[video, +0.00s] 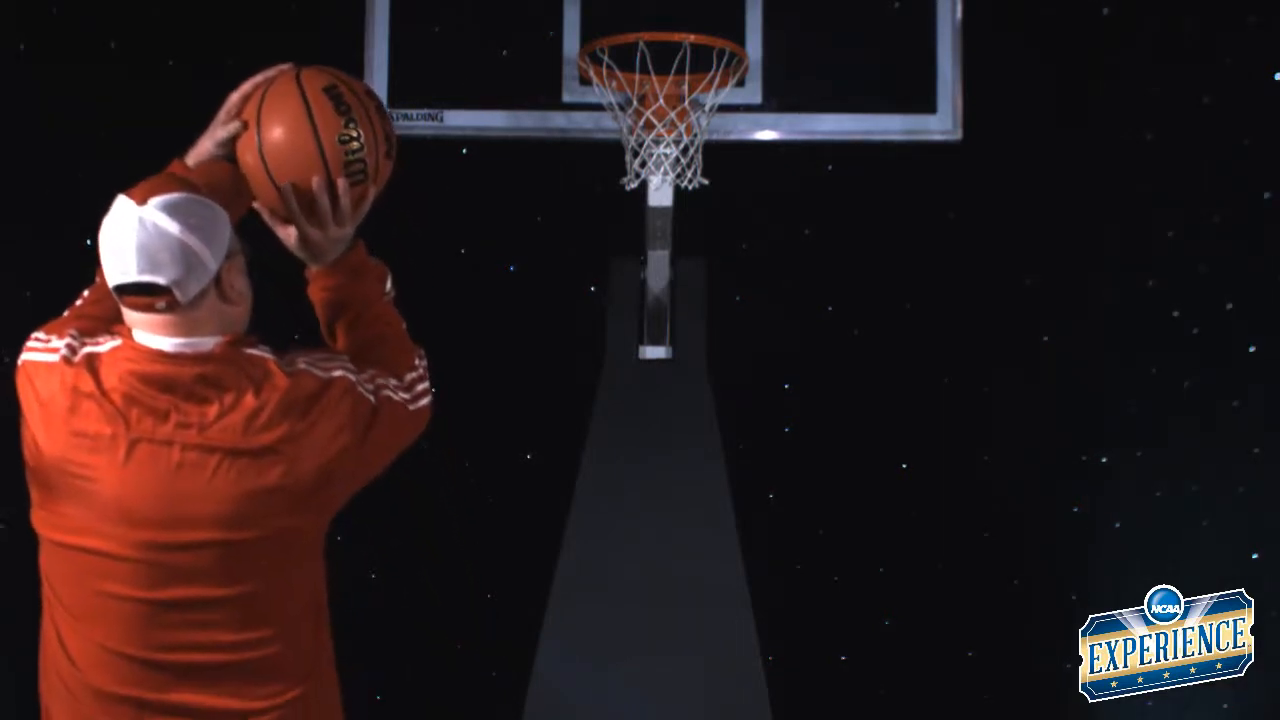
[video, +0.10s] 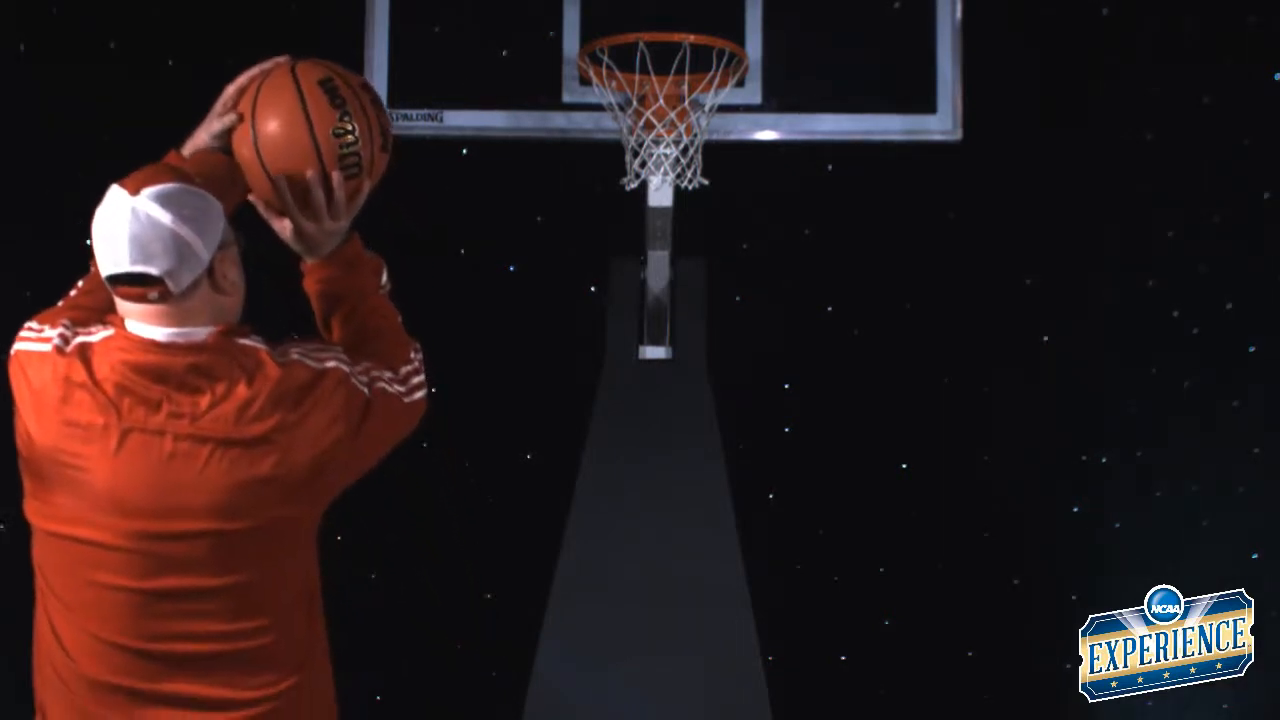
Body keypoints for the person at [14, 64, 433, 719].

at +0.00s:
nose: (244, 262)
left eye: (236, 253)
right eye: (236, 255)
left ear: (120, 288)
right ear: (226, 285)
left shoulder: (51, 390)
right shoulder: (303, 416)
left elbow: (117, 270)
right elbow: (405, 390)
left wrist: (198, 168)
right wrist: (342, 267)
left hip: (89, 707)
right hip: (273, 706)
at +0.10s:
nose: (237, 253)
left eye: (230, 242)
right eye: (230, 243)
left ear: (115, 276)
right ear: (216, 273)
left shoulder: (43, 384)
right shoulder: (294, 407)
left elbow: (113, 261)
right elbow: (400, 383)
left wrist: (197, 161)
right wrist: (336, 259)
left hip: (82, 706)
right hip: (266, 705)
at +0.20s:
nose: (230, 244)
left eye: (224, 233)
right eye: (224, 235)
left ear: (113, 267)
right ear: (209, 263)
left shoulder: (37, 376)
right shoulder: (284, 402)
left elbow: (111, 255)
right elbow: (395, 378)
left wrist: (197, 151)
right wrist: (333, 253)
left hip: (76, 704)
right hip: (257, 704)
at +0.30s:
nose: (225, 233)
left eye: (217, 223)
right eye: (218, 226)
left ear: (106, 255)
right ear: (203, 255)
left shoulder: (27, 362)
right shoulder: (280, 396)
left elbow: (107, 249)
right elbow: (391, 372)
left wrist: (195, 142)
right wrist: (329, 247)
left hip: (71, 703)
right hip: (251, 703)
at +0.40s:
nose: (218, 228)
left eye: (211, 217)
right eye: (212, 221)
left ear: (98, 248)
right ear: (198, 248)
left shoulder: (20, 356)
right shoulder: (271, 387)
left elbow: (98, 248)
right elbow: (385, 369)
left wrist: (188, 139)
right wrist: (325, 242)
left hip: (66, 702)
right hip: (247, 703)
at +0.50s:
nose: (212, 225)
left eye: (206, 213)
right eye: (205, 217)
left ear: (90, 239)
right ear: (191, 242)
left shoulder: (14, 351)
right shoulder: (260, 378)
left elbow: (90, 242)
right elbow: (380, 362)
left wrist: (183, 133)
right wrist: (320, 236)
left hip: (60, 703)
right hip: (243, 703)